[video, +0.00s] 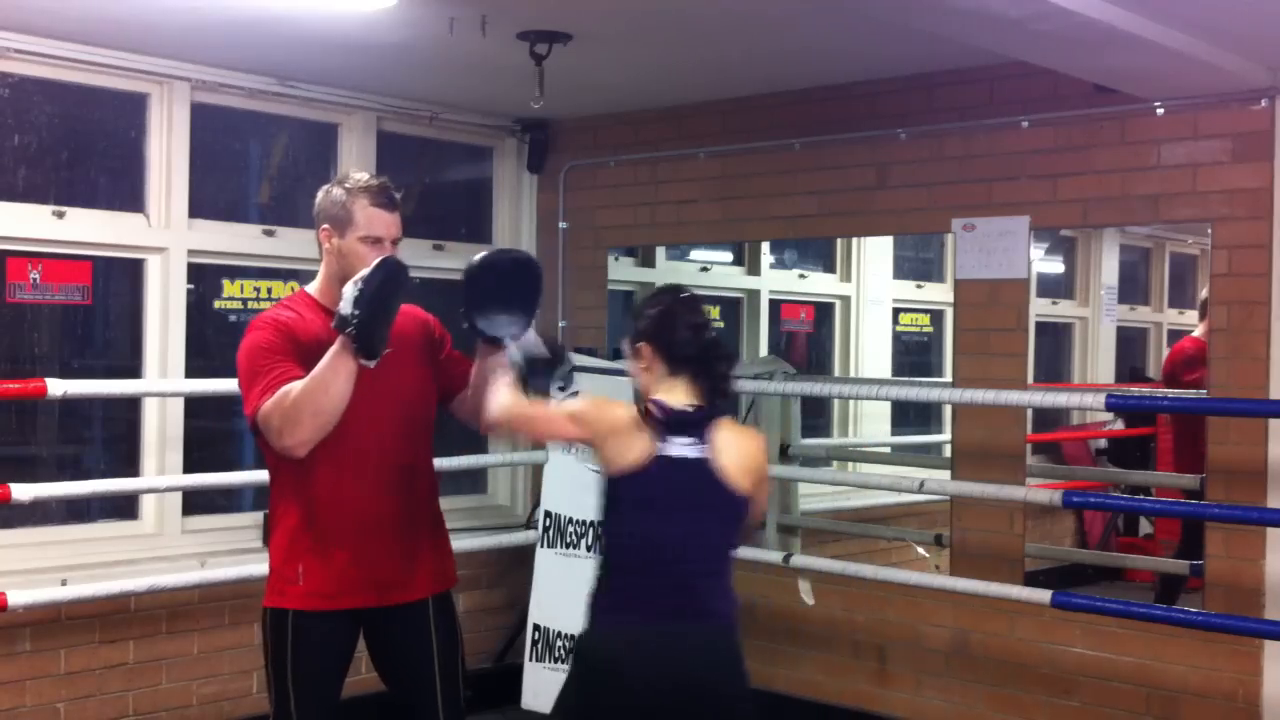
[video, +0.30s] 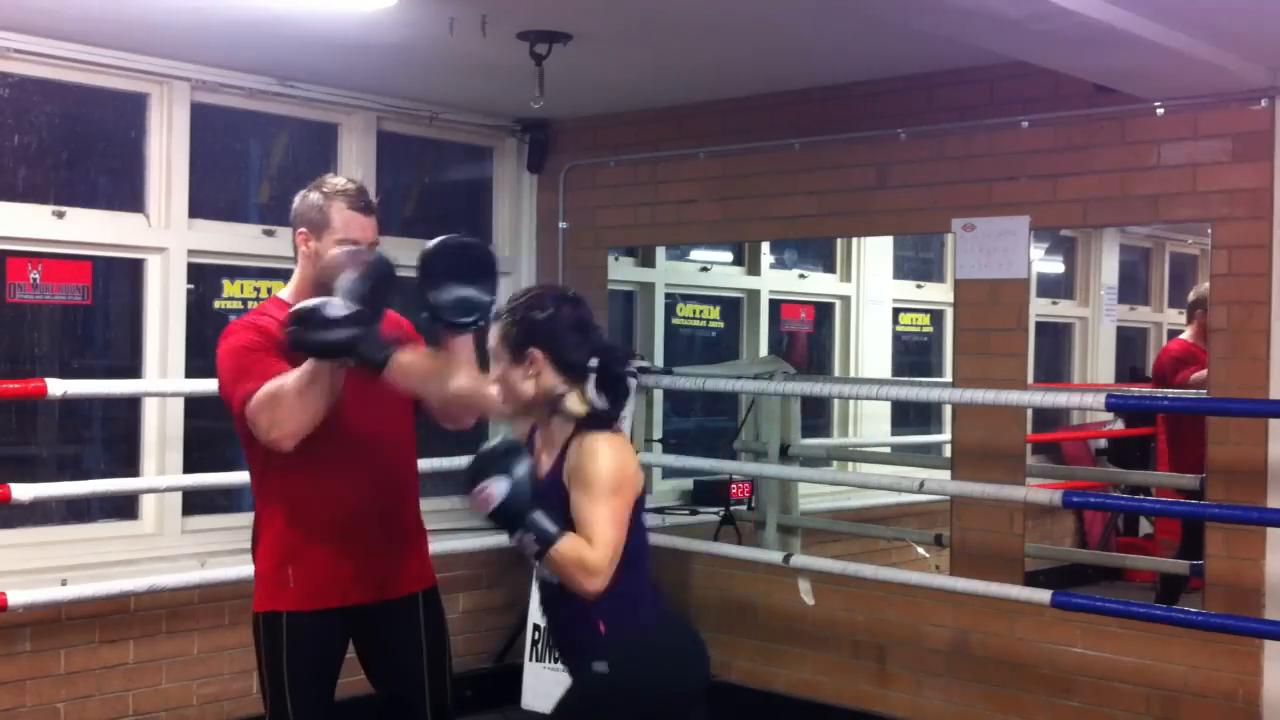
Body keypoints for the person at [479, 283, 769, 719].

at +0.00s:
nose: (632, 370)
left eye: (631, 359)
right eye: (630, 360)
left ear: (646, 357)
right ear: (708, 358)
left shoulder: (612, 421)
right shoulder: (749, 446)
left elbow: (501, 411)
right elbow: (746, 524)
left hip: (618, 654)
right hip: (708, 657)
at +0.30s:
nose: (493, 378)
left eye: (498, 363)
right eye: (492, 363)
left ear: (534, 364)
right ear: (536, 366)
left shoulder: (601, 449)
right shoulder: (540, 434)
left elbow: (592, 573)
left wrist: (523, 514)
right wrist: (506, 475)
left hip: (639, 674)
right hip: (599, 666)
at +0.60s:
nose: (525, 379)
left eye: (524, 365)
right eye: (522, 366)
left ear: (543, 358)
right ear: (594, 352)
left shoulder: (563, 445)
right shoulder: (651, 424)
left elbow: (497, 541)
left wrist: (481, 456)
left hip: (622, 672)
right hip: (689, 657)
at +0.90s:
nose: (645, 366)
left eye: (646, 353)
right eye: (643, 354)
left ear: (672, 350)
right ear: (722, 347)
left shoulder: (667, 422)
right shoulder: (777, 424)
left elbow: (616, 525)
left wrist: (602, 445)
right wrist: (659, 412)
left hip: (701, 656)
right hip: (783, 648)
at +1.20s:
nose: (656, 370)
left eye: (657, 356)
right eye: (653, 357)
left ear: (685, 353)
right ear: (732, 350)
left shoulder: (668, 428)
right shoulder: (786, 429)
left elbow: (615, 531)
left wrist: (605, 447)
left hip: (695, 654)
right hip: (780, 650)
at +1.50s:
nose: (536, 378)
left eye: (542, 365)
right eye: (537, 364)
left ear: (583, 374)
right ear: (583, 376)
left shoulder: (644, 457)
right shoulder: (591, 447)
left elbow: (610, 589)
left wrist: (555, 515)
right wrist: (547, 492)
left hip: (669, 678)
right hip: (637, 671)